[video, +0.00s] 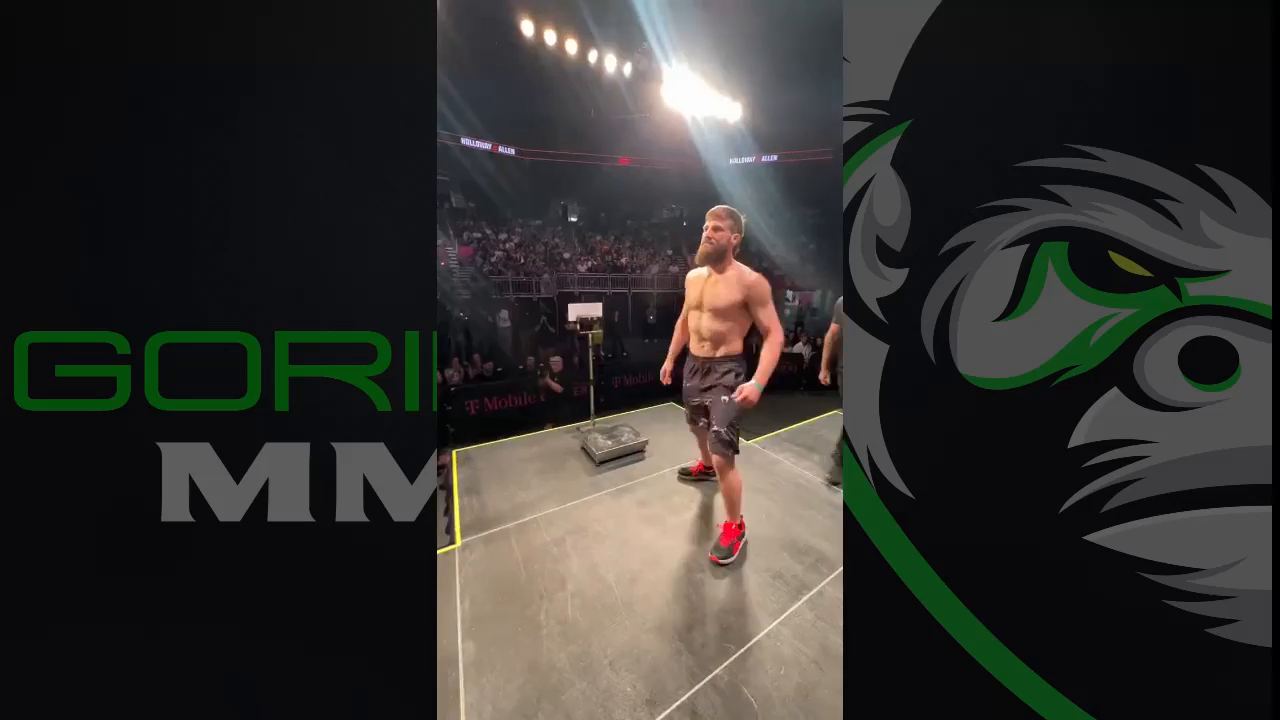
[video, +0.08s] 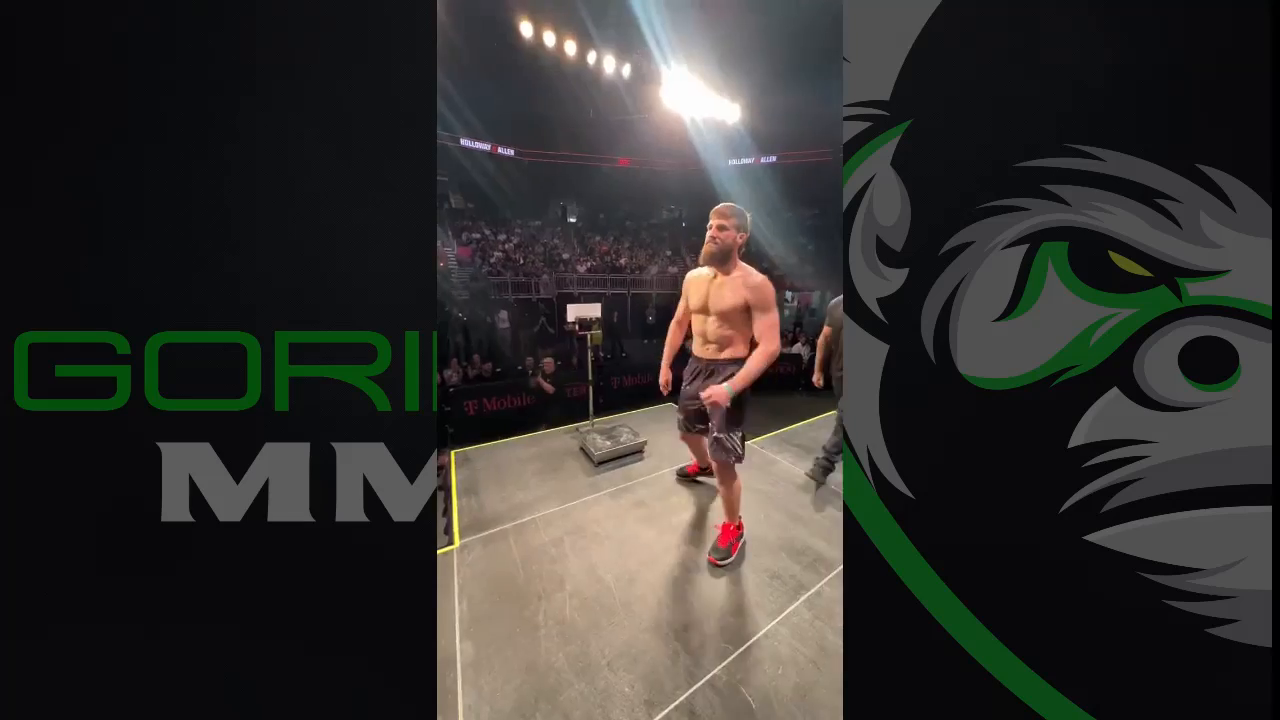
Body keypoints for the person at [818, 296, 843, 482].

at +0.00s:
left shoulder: (844, 303)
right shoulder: (844, 303)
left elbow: (833, 333)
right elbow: (833, 333)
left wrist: (824, 366)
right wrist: (824, 366)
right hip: (848, 374)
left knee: (850, 421)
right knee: (849, 421)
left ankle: (839, 469)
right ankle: (837, 469)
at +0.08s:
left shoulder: (837, 306)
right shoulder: (837, 305)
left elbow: (825, 337)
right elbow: (825, 337)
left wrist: (818, 369)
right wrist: (818, 369)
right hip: (840, 375)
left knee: (842, 421)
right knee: (843, 421)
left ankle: (824, 465)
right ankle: (823, 466)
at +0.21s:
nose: (842, 283)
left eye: (845, 279)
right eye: (841, 278)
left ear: (849, 284)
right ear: (837, 282)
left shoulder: (860, 311)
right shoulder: (828, 307)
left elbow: (817, 339)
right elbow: (817, 339)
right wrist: (809, 371)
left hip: (845, 376)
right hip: (828, 375)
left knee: (835, 424)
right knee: (838, 422)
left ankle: (813, 474)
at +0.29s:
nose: (841, 280)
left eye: (845, 276)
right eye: (839, 275)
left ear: (851, 281)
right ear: (835, 277)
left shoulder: (858, 310)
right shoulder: (825, 306)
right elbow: (813, 339)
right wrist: (806, 371)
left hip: (845, 376)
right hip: (825, 375)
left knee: (834, 427)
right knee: (838, 423)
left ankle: (815, 476)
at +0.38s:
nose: (840, 278)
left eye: (844, 274)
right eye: (839, 273)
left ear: (851, 280)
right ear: (835, 275)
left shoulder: (855, 309)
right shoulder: (823, 304)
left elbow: (860, 345)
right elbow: (811, 337)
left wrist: (855, 378)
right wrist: (803, 369)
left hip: (840, 378)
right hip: (817, 375)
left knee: (835, 432)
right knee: (818, 413)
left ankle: (818, 479)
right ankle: (841, 440)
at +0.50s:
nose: (839, 277)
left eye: (844, 273)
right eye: (838, 272)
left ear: (852, 278)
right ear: (834, 274)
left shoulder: (855, 310)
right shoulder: (823, 304)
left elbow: (859, 347)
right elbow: (810, 338)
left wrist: (854, 381)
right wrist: (797, 370)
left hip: (839, 380)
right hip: (814, 376)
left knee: (836, 435)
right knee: (805, 413)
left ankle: (825, 482)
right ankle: (836, 445)